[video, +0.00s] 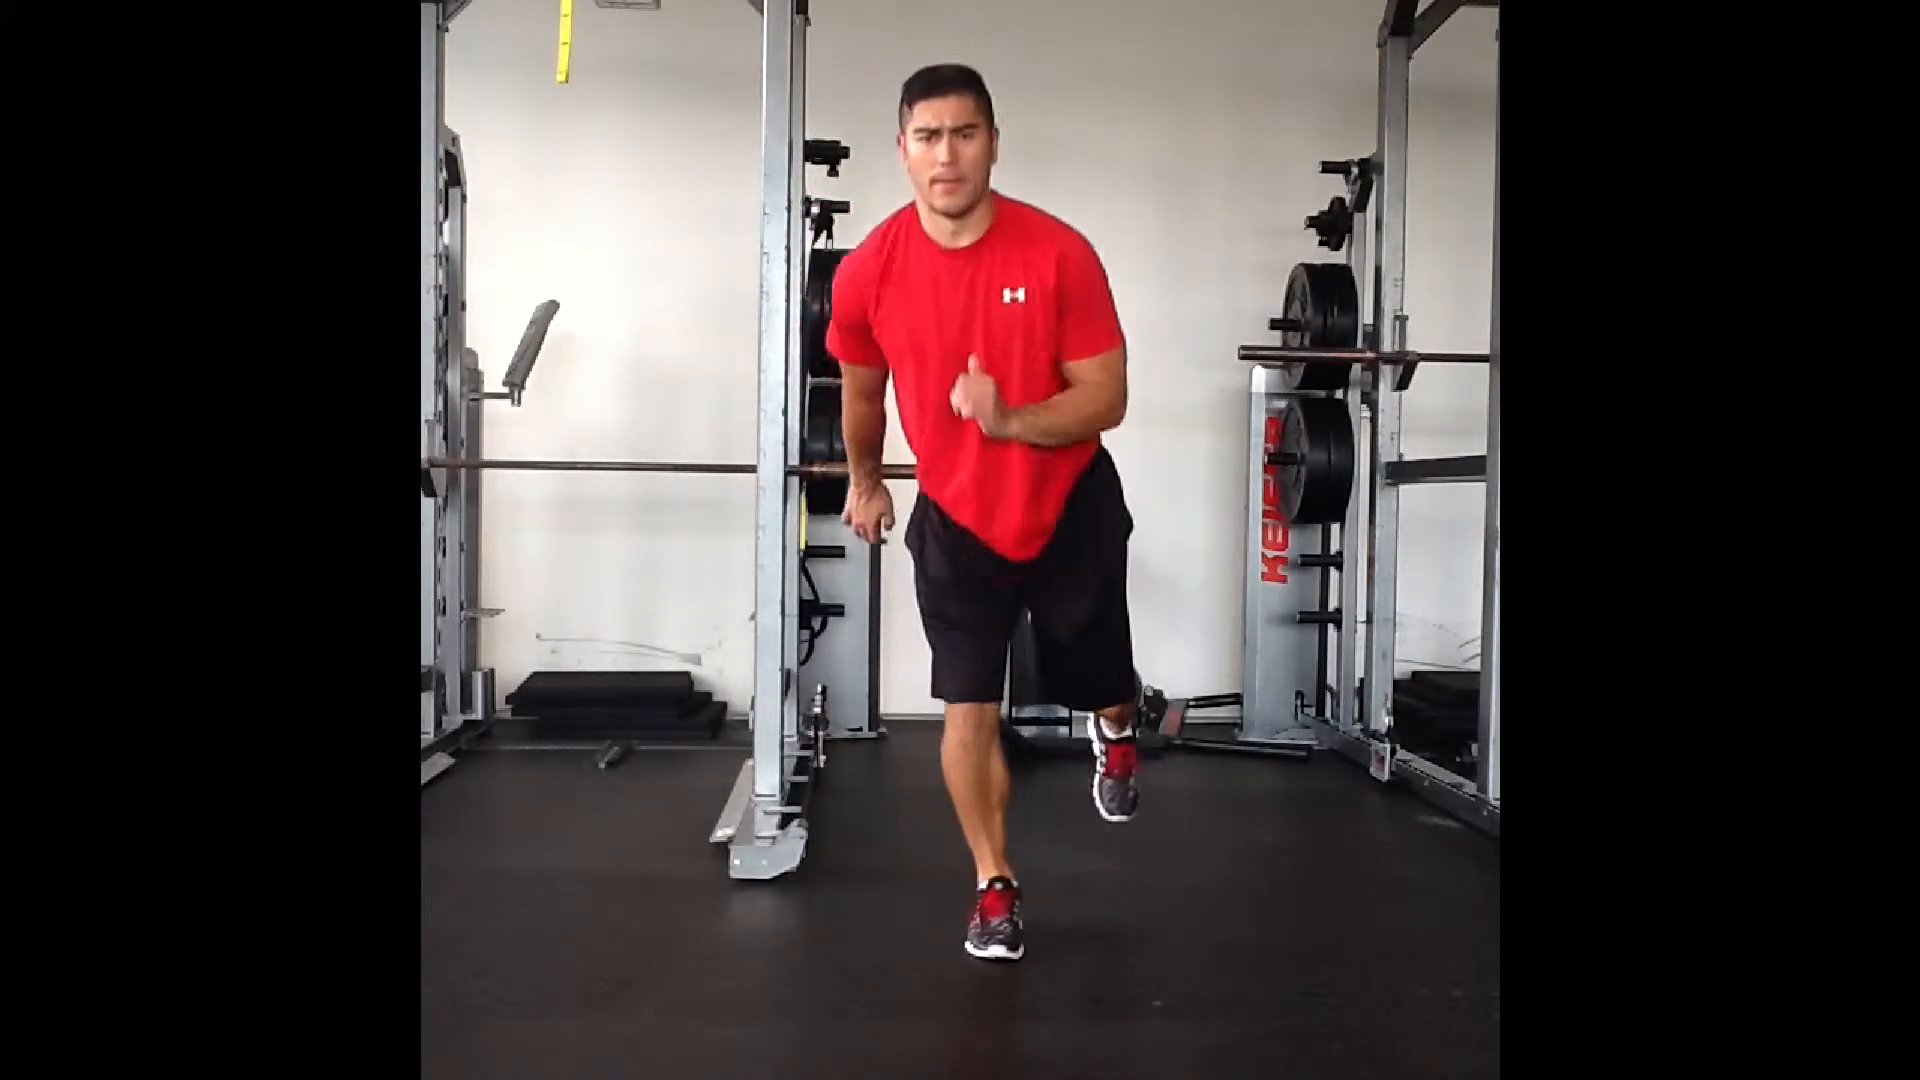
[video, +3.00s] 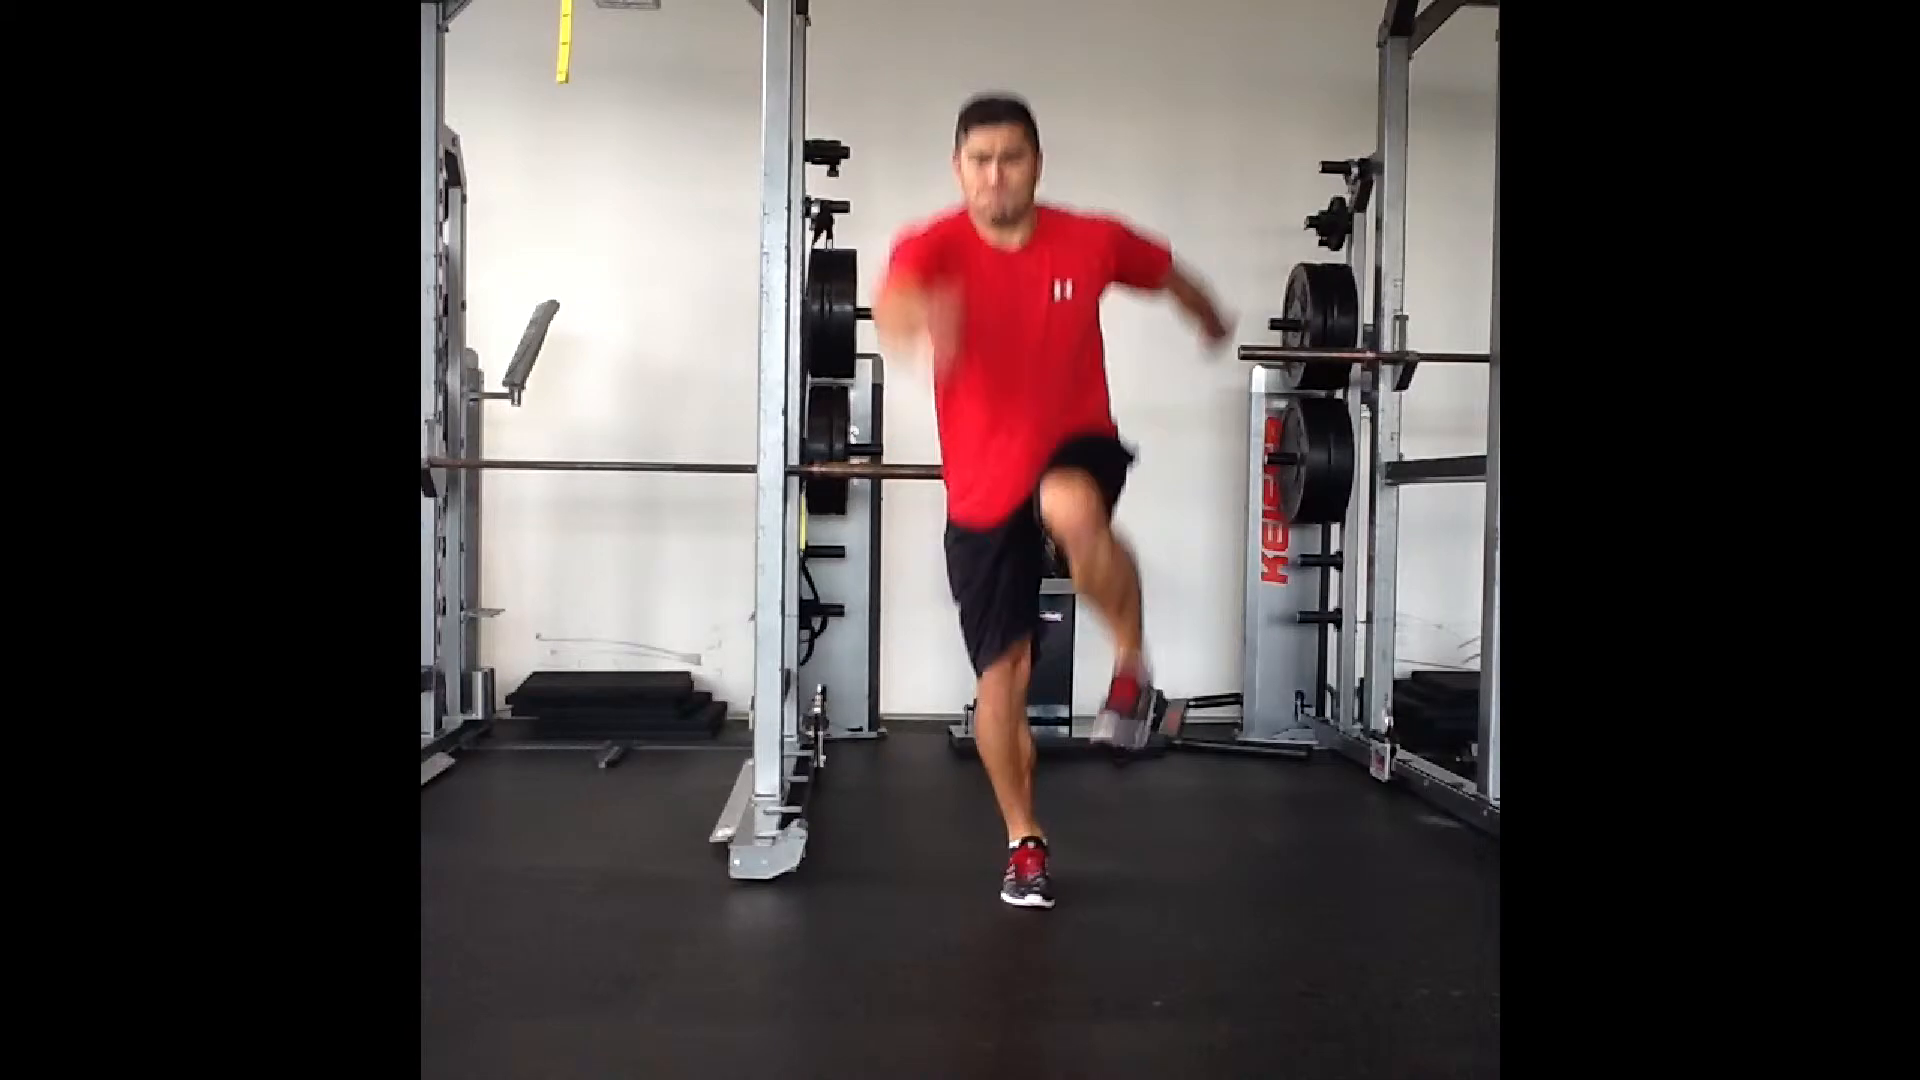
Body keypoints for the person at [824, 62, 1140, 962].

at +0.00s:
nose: (946, 155)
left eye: (964, 134)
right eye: (928, 136)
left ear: (993, 145)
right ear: (902, 150)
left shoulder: (1060, 254)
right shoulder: (869, 273)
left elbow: (1105, 397)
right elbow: (862, 387)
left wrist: (1010, 419)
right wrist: (864, 477)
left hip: (1071, 504)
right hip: (956, 513)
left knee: (1100, 680)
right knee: (968, 704)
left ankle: (1114, 733)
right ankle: (993, 885)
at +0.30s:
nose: (966, 101)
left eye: (985, 82)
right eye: (949, 83)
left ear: (1015, 93)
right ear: (926, 95)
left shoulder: (1075, 210)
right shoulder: (881, 219)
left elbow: (1119, 352)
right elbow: (861, 359)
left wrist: (1138, 485)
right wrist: (876, 487)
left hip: (1068, 483)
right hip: (952, 491)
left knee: (1098, 679)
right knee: (972, 695)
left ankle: (1107, 750)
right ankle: (994, 883)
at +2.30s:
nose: (1013, 168)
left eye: (1029, 151)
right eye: (997, 152)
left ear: (1055, 162)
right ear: (977, 164)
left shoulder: (1104, 269)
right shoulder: (934, 266)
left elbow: (1140, 397)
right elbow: (915, 380)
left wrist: (1110, 490)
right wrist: (924, 494)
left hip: (1085, 513)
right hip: (984, 518)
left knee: (1095, 672)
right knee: (1005, 681)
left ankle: (1069, 715)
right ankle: (1022, 840)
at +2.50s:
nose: (1010, 236)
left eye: (1026, 220)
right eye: (994, 220)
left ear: (1052, 232)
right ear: (973, 231)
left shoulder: (1095, 321)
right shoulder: (934, 312)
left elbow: (1129, 432)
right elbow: (914, 373)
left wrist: (1052, 372)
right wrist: (925, 417)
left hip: (1083, 540)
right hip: (985, 541)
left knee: (1079, 677)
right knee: (1007, 681)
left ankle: (1032, 702)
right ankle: (1023, 842)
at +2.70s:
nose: (995, 295)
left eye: (1012, 278)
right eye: (981, 278)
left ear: (1039, 287)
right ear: (959, 288)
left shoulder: (1081, 359)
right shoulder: (929, 359)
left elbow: (1121, 463)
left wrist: (1040, 440)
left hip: (1083, 567)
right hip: (987, 563)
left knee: (1055, 685)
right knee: (1010, 695)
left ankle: (1021, 709)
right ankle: (1026, 845)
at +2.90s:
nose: (994, 226)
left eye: (1009, 210)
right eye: (978, 212)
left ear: (1035, 222)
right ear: (955, 227)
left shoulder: (1094, 316)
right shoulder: (925, 342)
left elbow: (1141, 423)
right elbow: (922, 479)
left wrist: (1174, 508)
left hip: (1082, 529)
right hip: (982, 545)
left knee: (1078, 674)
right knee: (1006, 695)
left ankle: (1076, 769)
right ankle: (1024, 843)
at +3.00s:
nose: (997, 173)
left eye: (1012, 157)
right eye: (981, 159)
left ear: (1037, 164)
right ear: (958, 168)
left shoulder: (1091, 240)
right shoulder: (929, 250)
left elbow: (1171, 277)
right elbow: (890, 315)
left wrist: (1211, 319)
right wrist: (928, 319)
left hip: (1077, 445)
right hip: (983, 480)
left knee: (1070, 505)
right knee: (1001, 671)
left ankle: (1129, 668)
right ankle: (1023, 840)